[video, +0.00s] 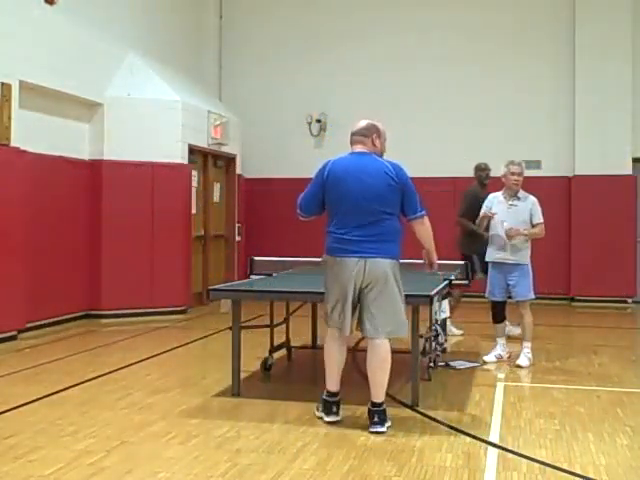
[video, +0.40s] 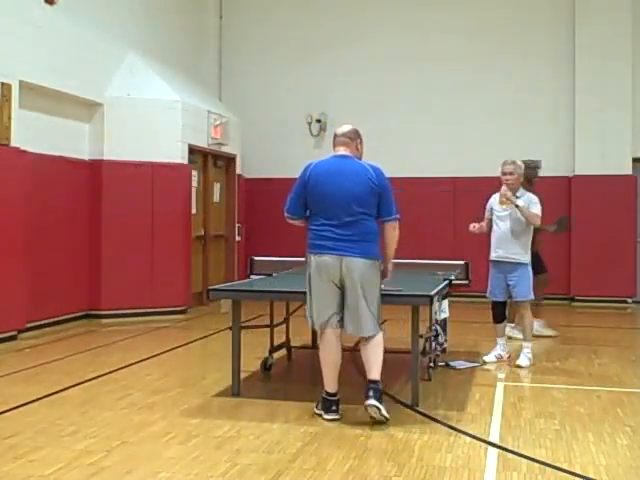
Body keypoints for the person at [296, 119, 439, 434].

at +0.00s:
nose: (385, 147)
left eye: (384, 142)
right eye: (384, 142)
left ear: (352, 141)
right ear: (376, 141)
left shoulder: (331, 168)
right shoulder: (393, 171)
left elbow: (305, 210)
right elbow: (417, 217)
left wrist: (332, 195)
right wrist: (431, 253)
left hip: (341, 264)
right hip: (382, 266)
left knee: (337, 331)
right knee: (378, 336)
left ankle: (331, 403)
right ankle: (378, 413)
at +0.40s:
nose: (362, 150)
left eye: (359, 146)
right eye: (362, 146)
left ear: (333, 145)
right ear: (358, 146)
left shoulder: (312, 170)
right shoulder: (374, 173)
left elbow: (293, 215)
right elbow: (390, 223)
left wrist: (320, 220)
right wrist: (389, 260)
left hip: (322, 261)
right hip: (362, 262)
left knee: (328, 328)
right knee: (370, 329)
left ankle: (330, 401)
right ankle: (373, 393)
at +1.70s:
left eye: (335, 143)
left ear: (332, 148)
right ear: (358, 152)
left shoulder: (323, 167)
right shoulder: (374, 180)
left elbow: (304, 209)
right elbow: (386, 228)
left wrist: (289, 243)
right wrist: (372, 255)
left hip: (326, 254)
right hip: (361, 258)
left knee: (309, 326)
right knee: (354, 330)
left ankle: (297, 399)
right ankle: (353, 399)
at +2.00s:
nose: (302, 152)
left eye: (302, 148)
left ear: (304, 150)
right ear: (329, 148)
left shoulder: (300, 171)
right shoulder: (351, 175)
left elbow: (284, 218)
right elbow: (369, 222)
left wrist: (265, 257)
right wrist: (352, 245)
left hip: (307, 259)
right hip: (343, 260)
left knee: (299, 328)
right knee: (344, 330)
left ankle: (293, 402)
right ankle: (352, 398)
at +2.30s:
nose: (269, 163)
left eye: (268, 159)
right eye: (268, 159)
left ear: (272, 154)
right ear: (293, 145)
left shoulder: (277, 173)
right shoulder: (326, 172)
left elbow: (265, 223)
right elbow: (342, 217)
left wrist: (247, 264)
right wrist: (327, 250)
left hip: (289, 259)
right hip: (320, 259)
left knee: (288, 329)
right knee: (321, 328)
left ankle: (292, 403)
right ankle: (338, 395)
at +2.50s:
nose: (257, 162)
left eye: (256, 158)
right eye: (256, 158)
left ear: (260, 151)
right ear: (281, 145)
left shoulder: (267, 172)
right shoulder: (312, 172)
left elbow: (255, 222)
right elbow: (325, 216)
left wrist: (240, 261)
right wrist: (307, 241)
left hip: (282, 258)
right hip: (311, 257)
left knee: (286, 331)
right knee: (301, 329)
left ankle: (292, 402)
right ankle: (302, 389)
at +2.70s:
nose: (245, 164)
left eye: (243, 160)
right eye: (243, 161)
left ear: (248, 153)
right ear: (268, 146)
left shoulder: (257, 171)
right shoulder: (297, 172)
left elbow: (248, 221)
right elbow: (305, 216)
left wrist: (233, 260)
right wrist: (293, 245)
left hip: (274, 256)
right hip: (300, 254)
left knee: (282, 328)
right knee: (271, 326)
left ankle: (293, 402)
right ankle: (255, 387)